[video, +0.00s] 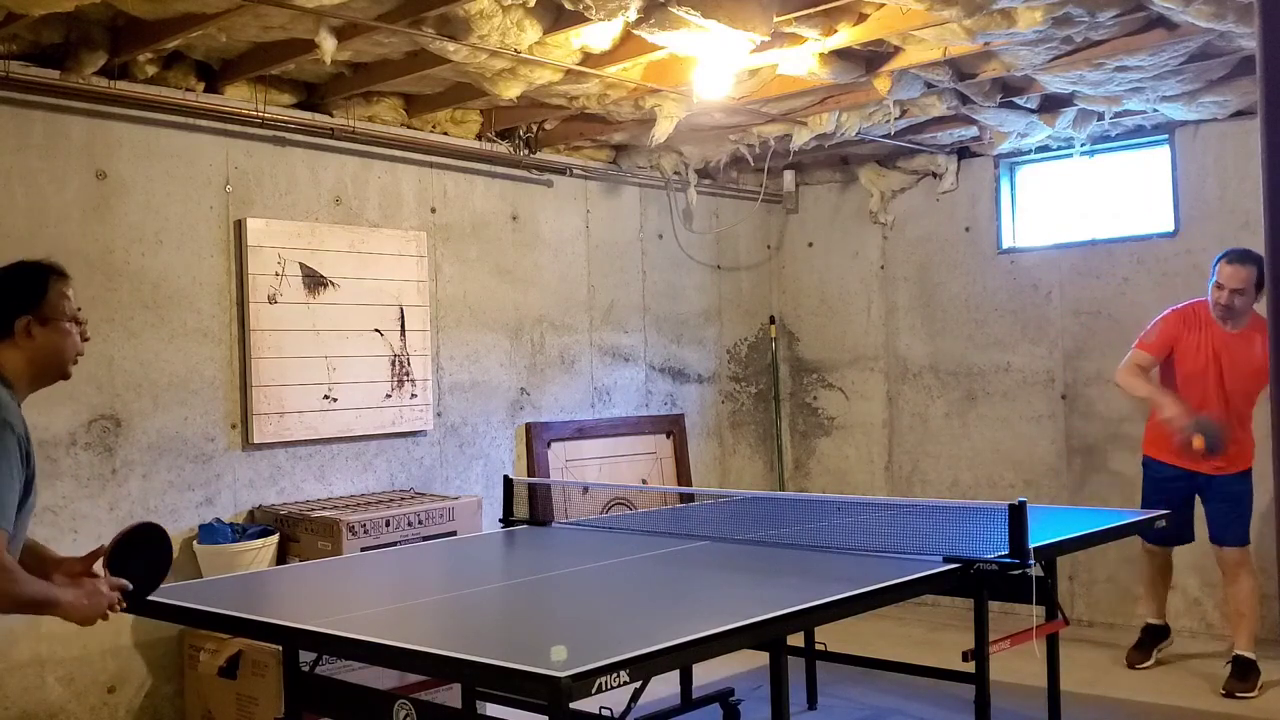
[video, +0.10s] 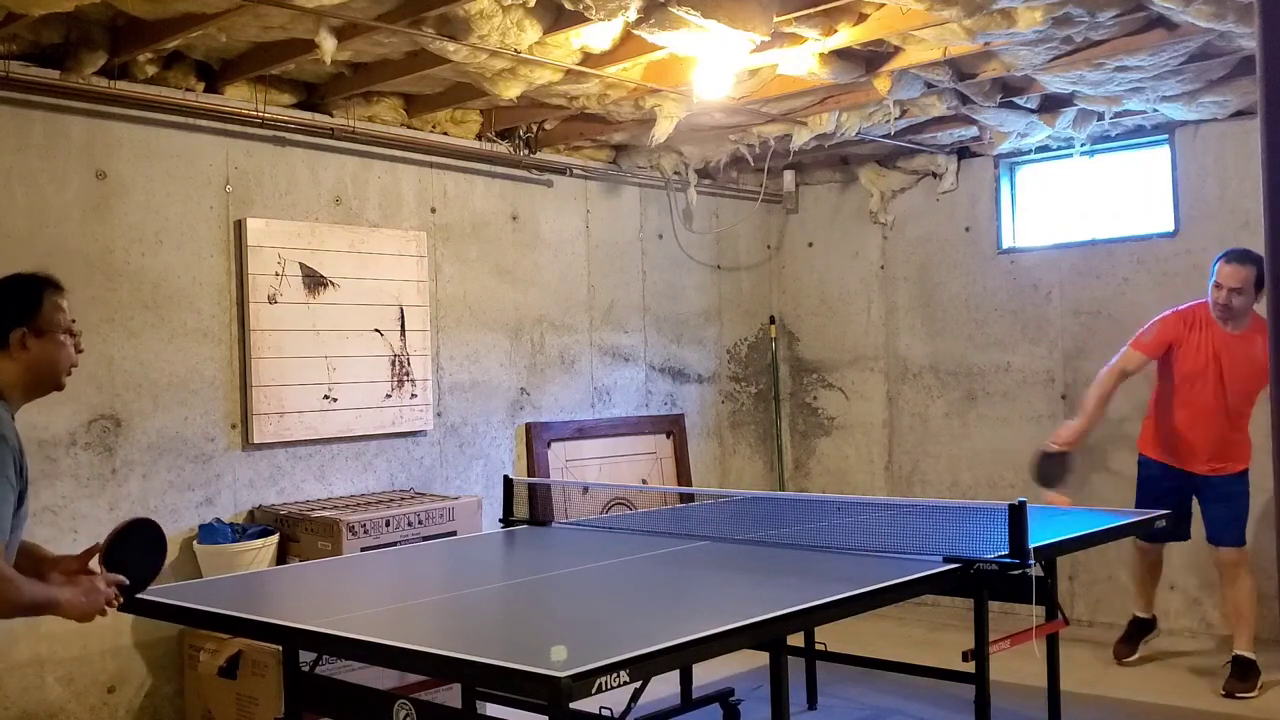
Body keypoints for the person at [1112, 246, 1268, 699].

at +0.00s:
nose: (1225, 299)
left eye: (1238, 292)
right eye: (1220, 288)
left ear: (1256, 294)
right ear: (1211, 282)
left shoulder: (1265, 339)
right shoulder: (1180, 320)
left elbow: (1267, 394)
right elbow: (1127, 372)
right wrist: (1168, 404)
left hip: (1230, 463)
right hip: (1168, 457)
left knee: (1234, 556)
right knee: (1155, 544)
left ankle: (1244, 657)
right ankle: (1155, 626)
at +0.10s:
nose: (1222, 298)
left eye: (1235, 291)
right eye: (1217, 287)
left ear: (1256, 294)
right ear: (1210, 283)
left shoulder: (1266, 342)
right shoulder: (1180, 322)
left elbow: (1271, 398)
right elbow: (1119, 368)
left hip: (1226, 461)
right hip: (1164, 454)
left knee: (1232, 556)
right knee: (1147, 543)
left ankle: (1244, 656)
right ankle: (1144, 618)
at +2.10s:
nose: (1040, 297)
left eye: (1050, 288)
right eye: (1033, 289)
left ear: (1070, 292)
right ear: (1027, 295)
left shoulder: (1102, 343)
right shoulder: (1021, 350)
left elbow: (1134, 407)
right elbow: (1014, 409)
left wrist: (1132, 473)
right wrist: (997, 460)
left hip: (1098, 479)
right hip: (1038, 479)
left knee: (1132, 562)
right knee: (998, 552)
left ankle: (1173, 646)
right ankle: (986, 639)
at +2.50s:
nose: (1037, 293)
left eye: (1047, 285)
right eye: (1031, 286)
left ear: (1067, 289)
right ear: (1026, 291)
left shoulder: (1096, 343)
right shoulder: (1016, 344)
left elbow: (1124, 407)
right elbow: (999, 398)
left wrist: (1135, 472)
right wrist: (978, 428)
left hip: (1090, 478)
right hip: (1028, 477)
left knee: (1127, 557)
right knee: (997, 551)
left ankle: (1171, 646)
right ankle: (998, 636)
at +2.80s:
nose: (986, 306)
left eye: (992, 297)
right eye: (983, 299)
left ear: (1019, 293)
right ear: (995, 299)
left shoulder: (1067, 333)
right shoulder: (1000, 345)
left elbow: (1106, 391)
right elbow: (1009, 403)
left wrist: (1127, 452)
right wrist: (972, 438)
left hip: (1078, 470)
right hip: (1022, 474)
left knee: (1108, 552)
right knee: (994, 551)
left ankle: (1162, 637)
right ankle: (998, 636)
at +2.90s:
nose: (988, 311)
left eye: (990, 301)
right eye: (985, 303)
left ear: (1014, 295)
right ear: (1011, 297)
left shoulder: (1070, 330)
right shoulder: (1011, 342)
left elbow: (1111, 387)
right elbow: (1020, 401)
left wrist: (1132, 447)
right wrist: (975, 434)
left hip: (1081, 467)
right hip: (1030, 471)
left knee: (1103, 554)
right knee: (1003, 552)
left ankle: (1163, 630)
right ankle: (997, 637)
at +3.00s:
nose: (998, 319)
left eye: (998, 309)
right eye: (996, 311)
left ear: (1016, 303)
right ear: (1020, 302)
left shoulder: (1075, 339)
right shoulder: (1028, 346)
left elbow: (1112, 395)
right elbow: (1033, 405)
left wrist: (1130, 453)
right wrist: (986, 436)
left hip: (1089, 475)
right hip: (1039, 475)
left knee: (1111, 561)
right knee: (1005, 549)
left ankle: (1170, 639)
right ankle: (998, 637)